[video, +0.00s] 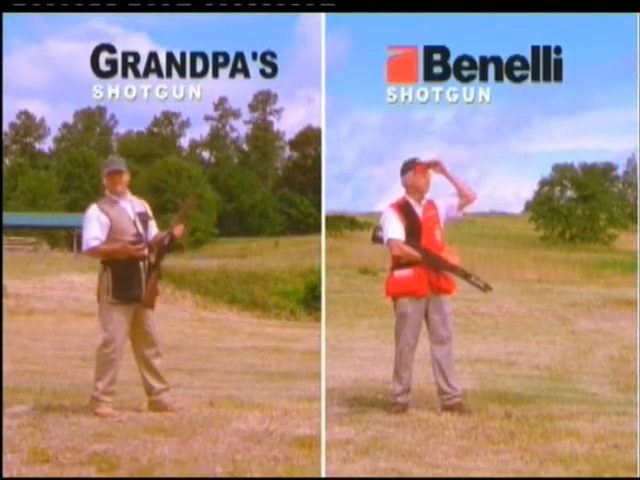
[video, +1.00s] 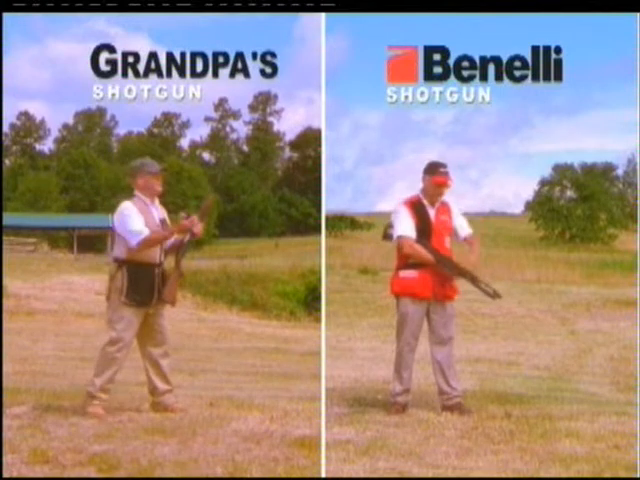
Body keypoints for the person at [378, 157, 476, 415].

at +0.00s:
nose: (427, 178)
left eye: (427, 174)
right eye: (421, 174)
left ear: (428, 179)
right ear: (407, 179)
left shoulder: (437, 208)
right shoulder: (394, 212)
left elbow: (468, 198)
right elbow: (396, 250)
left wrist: (446, 173)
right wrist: (433, 259)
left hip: (436, 281)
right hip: (409, 282)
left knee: (443, 340)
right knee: (406, 343)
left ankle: (450, 397)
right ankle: (400, 396)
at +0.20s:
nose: (427, 180)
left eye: (428, 175)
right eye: (422, 175)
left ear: (428, 180)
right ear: (408, 179)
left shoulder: (437, 208)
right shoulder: (393, 212)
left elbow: (470, 200)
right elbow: (397, 250)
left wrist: (448, 175)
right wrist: (435, 259)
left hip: (436, 281)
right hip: (409, 282)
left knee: (443, 340)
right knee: (406, 343)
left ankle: (451, 397)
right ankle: (400, 396)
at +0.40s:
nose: (429, 181)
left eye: (431, 177)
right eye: (424, 176)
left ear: (431, 181)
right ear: (411, 179)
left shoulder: (438, 209)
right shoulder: (395, 211)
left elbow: (472, 203)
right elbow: (397, 250)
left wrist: (452, 177)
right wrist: (435, 259)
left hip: (437, 282)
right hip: (409, 283)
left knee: (443, 340)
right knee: (406, 343)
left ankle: (451, 397)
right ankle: (400, 396)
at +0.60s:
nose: (432, 187)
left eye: (435, 182)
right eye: (428, 181)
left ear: (435, 183)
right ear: (414, 180)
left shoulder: (440, 209)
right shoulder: (397, 211)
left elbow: (473, 214)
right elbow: (398, 249)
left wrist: (460, 189)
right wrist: (434, 261)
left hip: (438, 282)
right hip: (410, 283)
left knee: (443, 340)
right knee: (406, 343)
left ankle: (451, 397)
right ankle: (401, 396)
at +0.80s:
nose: (436, 189)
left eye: (439, 184)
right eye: (432, 183)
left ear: (441, 185)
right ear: (419, 181)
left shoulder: (444, 210)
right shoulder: (401, 210)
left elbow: (465, 225)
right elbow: (402, 249)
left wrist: (474, 225)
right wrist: (435, 262)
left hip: (440, 281)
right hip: (411, 282)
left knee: (443, 340)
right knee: (407, 343)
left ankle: (450, 397)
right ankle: (400, 397)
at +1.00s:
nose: (441, 190)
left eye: (445, 186)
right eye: (437, 185)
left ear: (448, 186)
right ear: (425, 182)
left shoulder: (449, 210)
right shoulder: (406, 209)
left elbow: (470, 237)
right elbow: (407, 246)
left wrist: (469, 265)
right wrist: (439, 264)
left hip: (442, 283)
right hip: (412, 283)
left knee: (444, 342)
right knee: (407, 343)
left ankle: (451, 397)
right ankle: (400, 396)